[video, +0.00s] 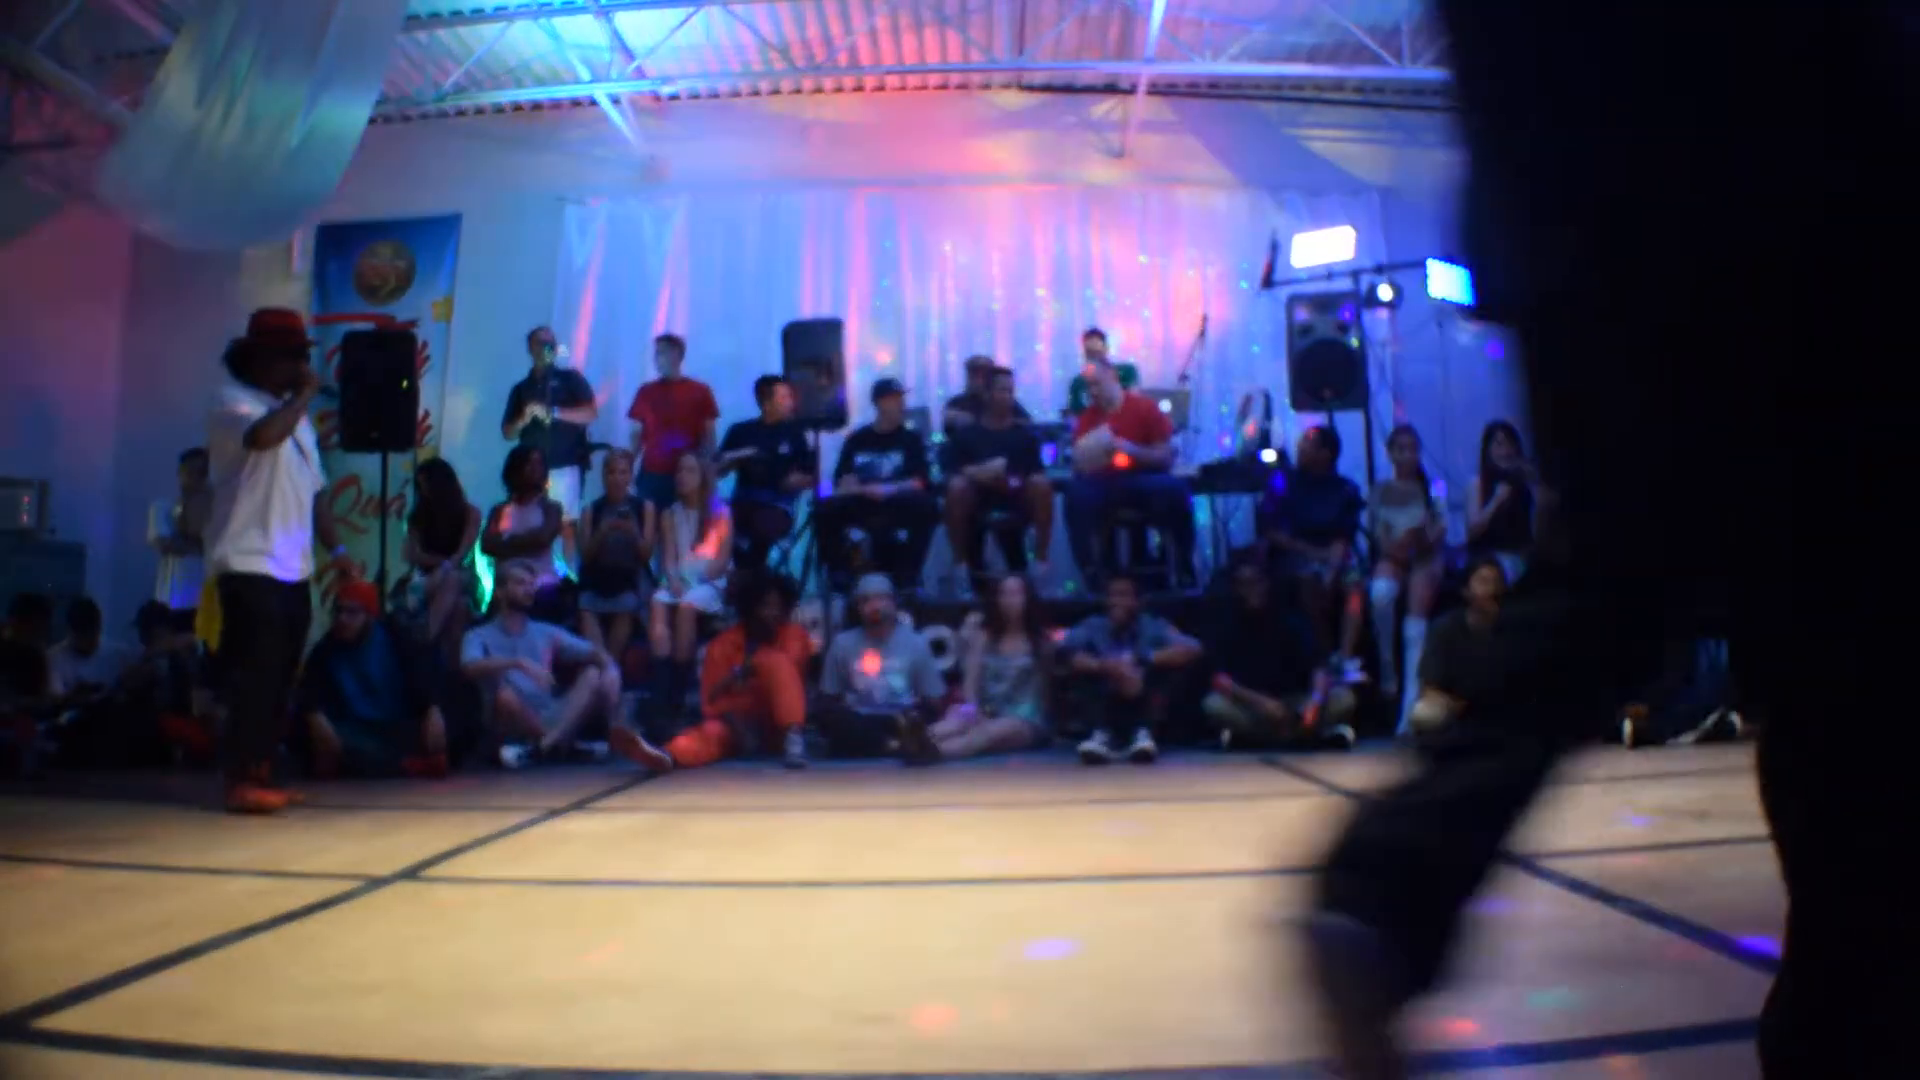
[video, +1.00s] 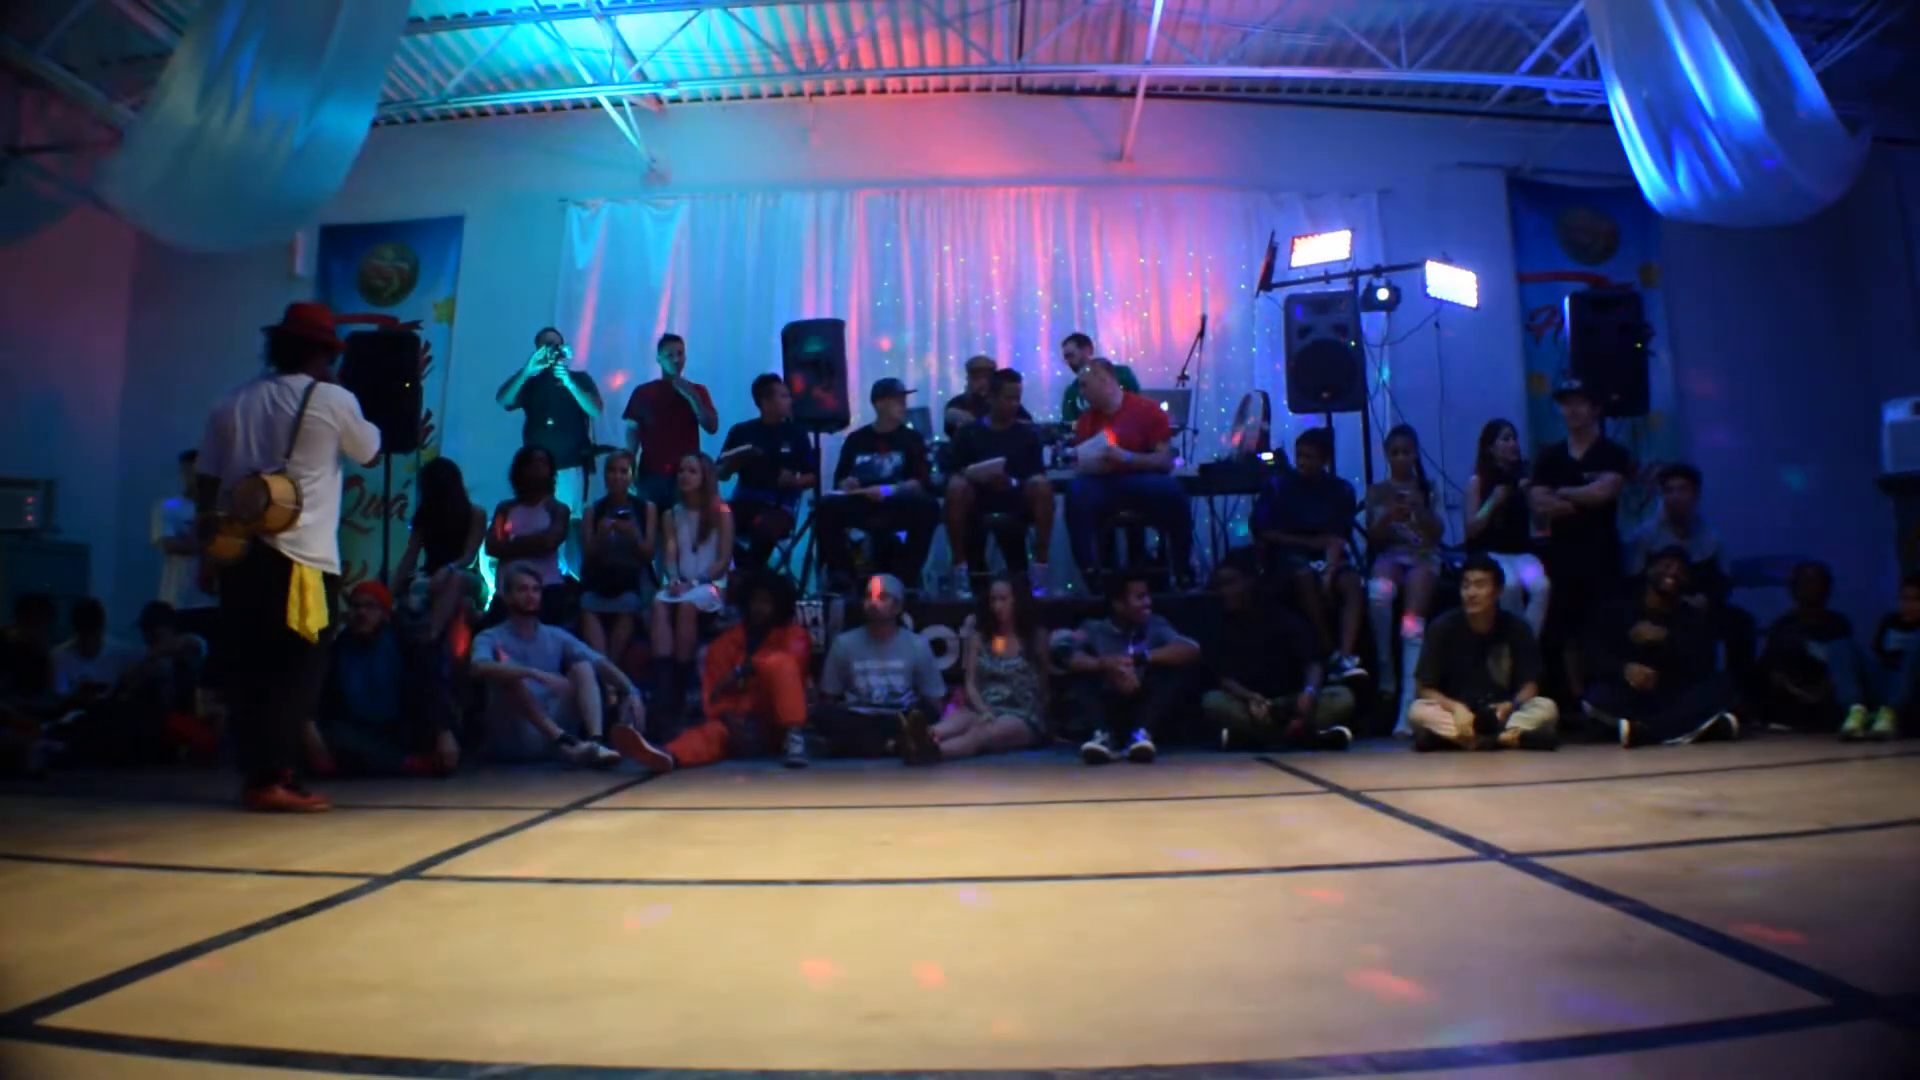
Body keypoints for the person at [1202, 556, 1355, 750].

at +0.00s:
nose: (1252, 590)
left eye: (1257, 583)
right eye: (1245, 584)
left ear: (1267, 584)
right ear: (1236, 588)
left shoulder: (1287, 617)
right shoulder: (1231, 622)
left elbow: (1319, 667)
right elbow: (1219, 678)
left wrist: (1314, 705)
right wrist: (1262, 703)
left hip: (1296, 694)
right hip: (1250, 700)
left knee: (1343, 699)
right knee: (1214, 704)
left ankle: (1252, 737)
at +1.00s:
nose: (1227, 591)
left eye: (1232, 583)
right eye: (1222, 585)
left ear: (1249, 582)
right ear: (1217, 590)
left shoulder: (1279, 615)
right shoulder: (1221, 626)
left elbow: (1313, 662)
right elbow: (1221, 676)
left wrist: (1308, 696)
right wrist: (1250, 698)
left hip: (1291, 694)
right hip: (1249, 700)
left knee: (1341, 698)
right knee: (1213, 702)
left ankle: (1251, 737)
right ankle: (1307, 737)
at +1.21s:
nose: (1221, 597)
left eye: (1227, 589)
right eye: (1216, 591)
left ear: (1243, 586)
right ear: (1213, 593)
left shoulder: (1269, 614)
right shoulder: (1216, 625)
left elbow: (1310, 657)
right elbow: (1215, 672)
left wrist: (1308, 680)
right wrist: (1249, 682)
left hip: (1289, 689)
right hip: (1250, 694)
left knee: (1338, 691)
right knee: (1213, 693)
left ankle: (1253, 737)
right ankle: (1307, 736)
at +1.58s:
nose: (1218, 593)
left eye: (1224, 586)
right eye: (1214, 588)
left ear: (1241, 586)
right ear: (1211, 591)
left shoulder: (1264, 614)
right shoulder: (1212, 624)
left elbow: (1315, 636)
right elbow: (1212, 665)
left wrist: (1287, 660)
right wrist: (1256, 663)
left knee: (1317, 660)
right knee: (1215, 680)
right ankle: (1297, 733)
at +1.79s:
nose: (1226, 594)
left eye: (1232, 586)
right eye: (1221, 588)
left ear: (1247, 586)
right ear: (1215, 593)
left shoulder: (1266, 612)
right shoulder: (1215, 621)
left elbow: (1314, 624)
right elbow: (1212, 661)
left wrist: (1312, 639)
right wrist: (1252, 663)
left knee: (1293, 638)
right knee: (1210, 679)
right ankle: (1282, 733)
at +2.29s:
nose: (1233, 593)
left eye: (1239, 585)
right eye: (1227, 587)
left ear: (1254, 585)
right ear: (1221, 590)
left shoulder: (1273, 613)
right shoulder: (1218, 623)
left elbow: (1317, 635)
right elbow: (1215, 670)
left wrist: (1280, 674)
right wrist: (1268, 689)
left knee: (1295, 640)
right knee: (1201, 691)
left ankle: (1249, 734)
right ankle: (1279, 733)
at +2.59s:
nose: (1234, 593)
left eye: (1240, 585)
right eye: (1227, 587)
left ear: (1252, 586)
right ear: (1219, 592)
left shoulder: (1271, 614)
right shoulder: (1216, 626)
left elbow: (1315, 632)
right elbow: (1214, 673)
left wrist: (1283, 681)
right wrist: (1264, 692)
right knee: (1200, 693)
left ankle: (1250, 734)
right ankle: (1277, 734)